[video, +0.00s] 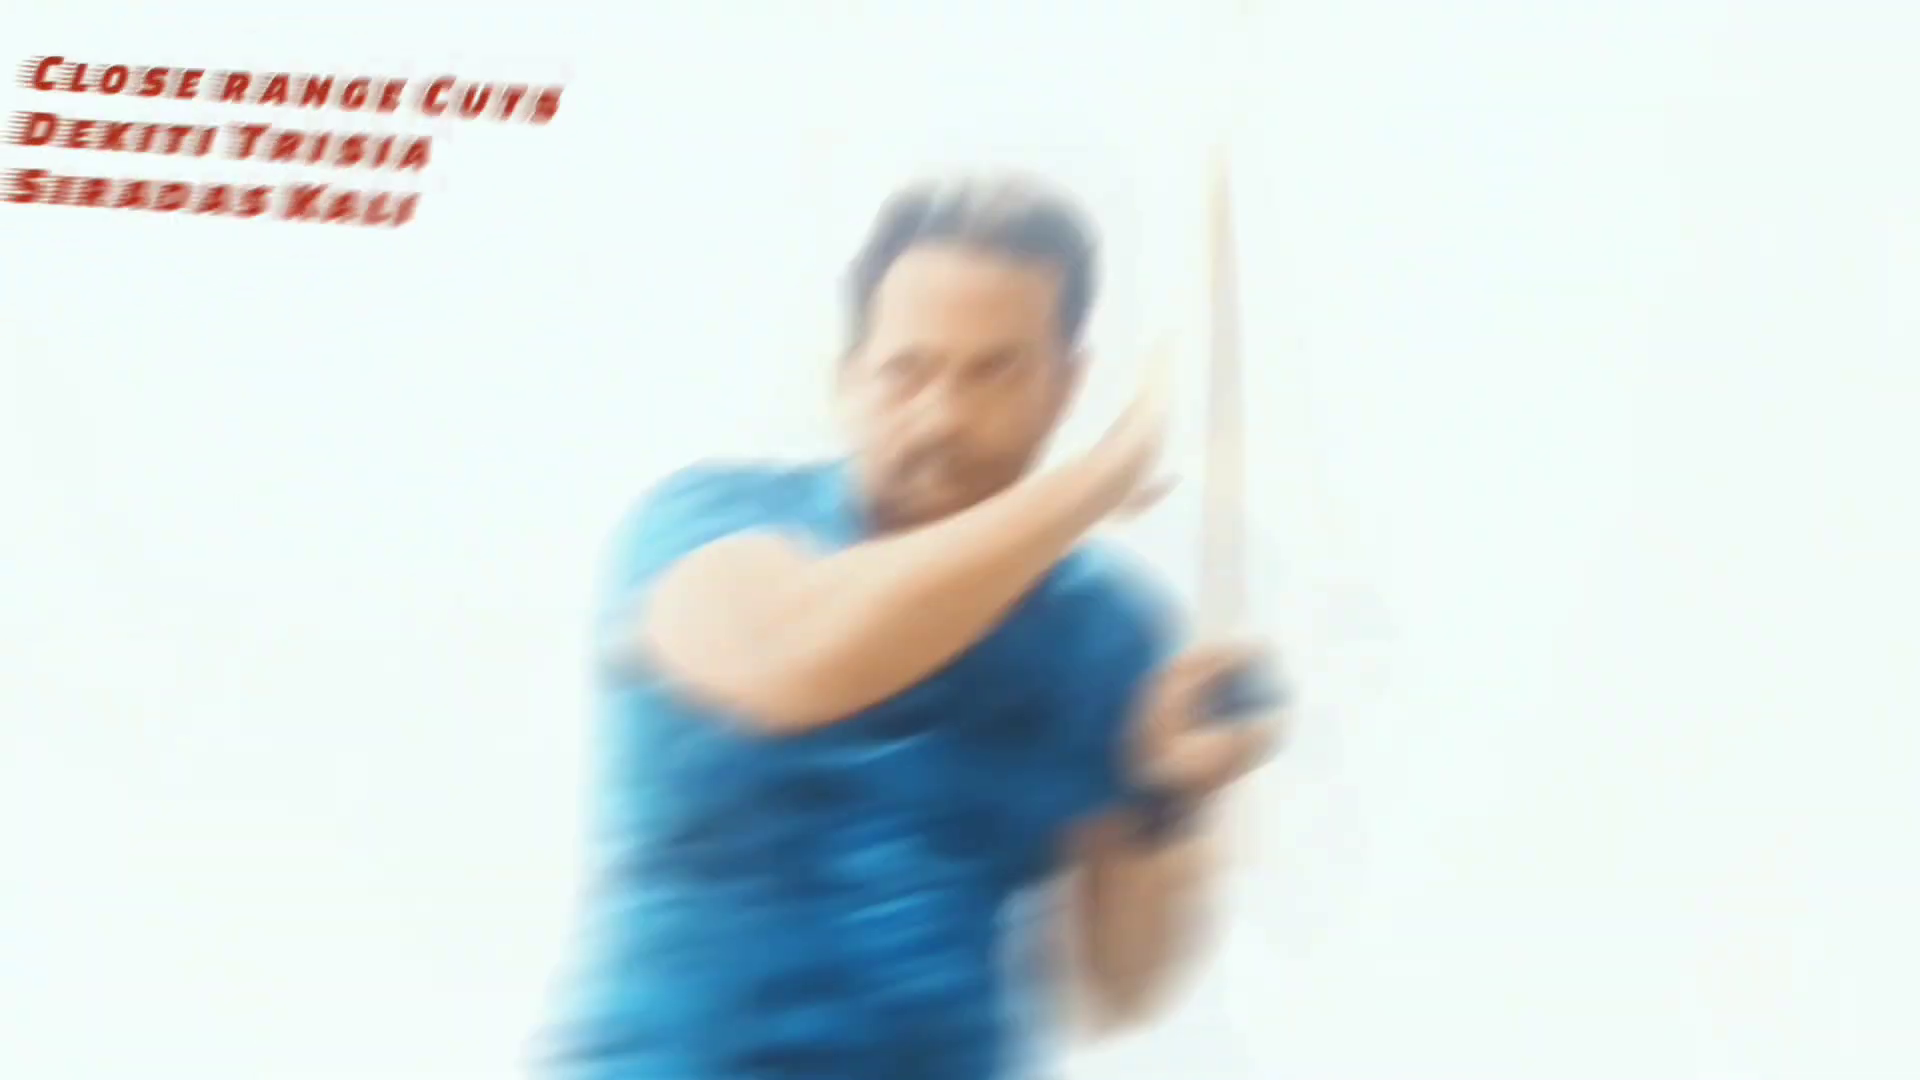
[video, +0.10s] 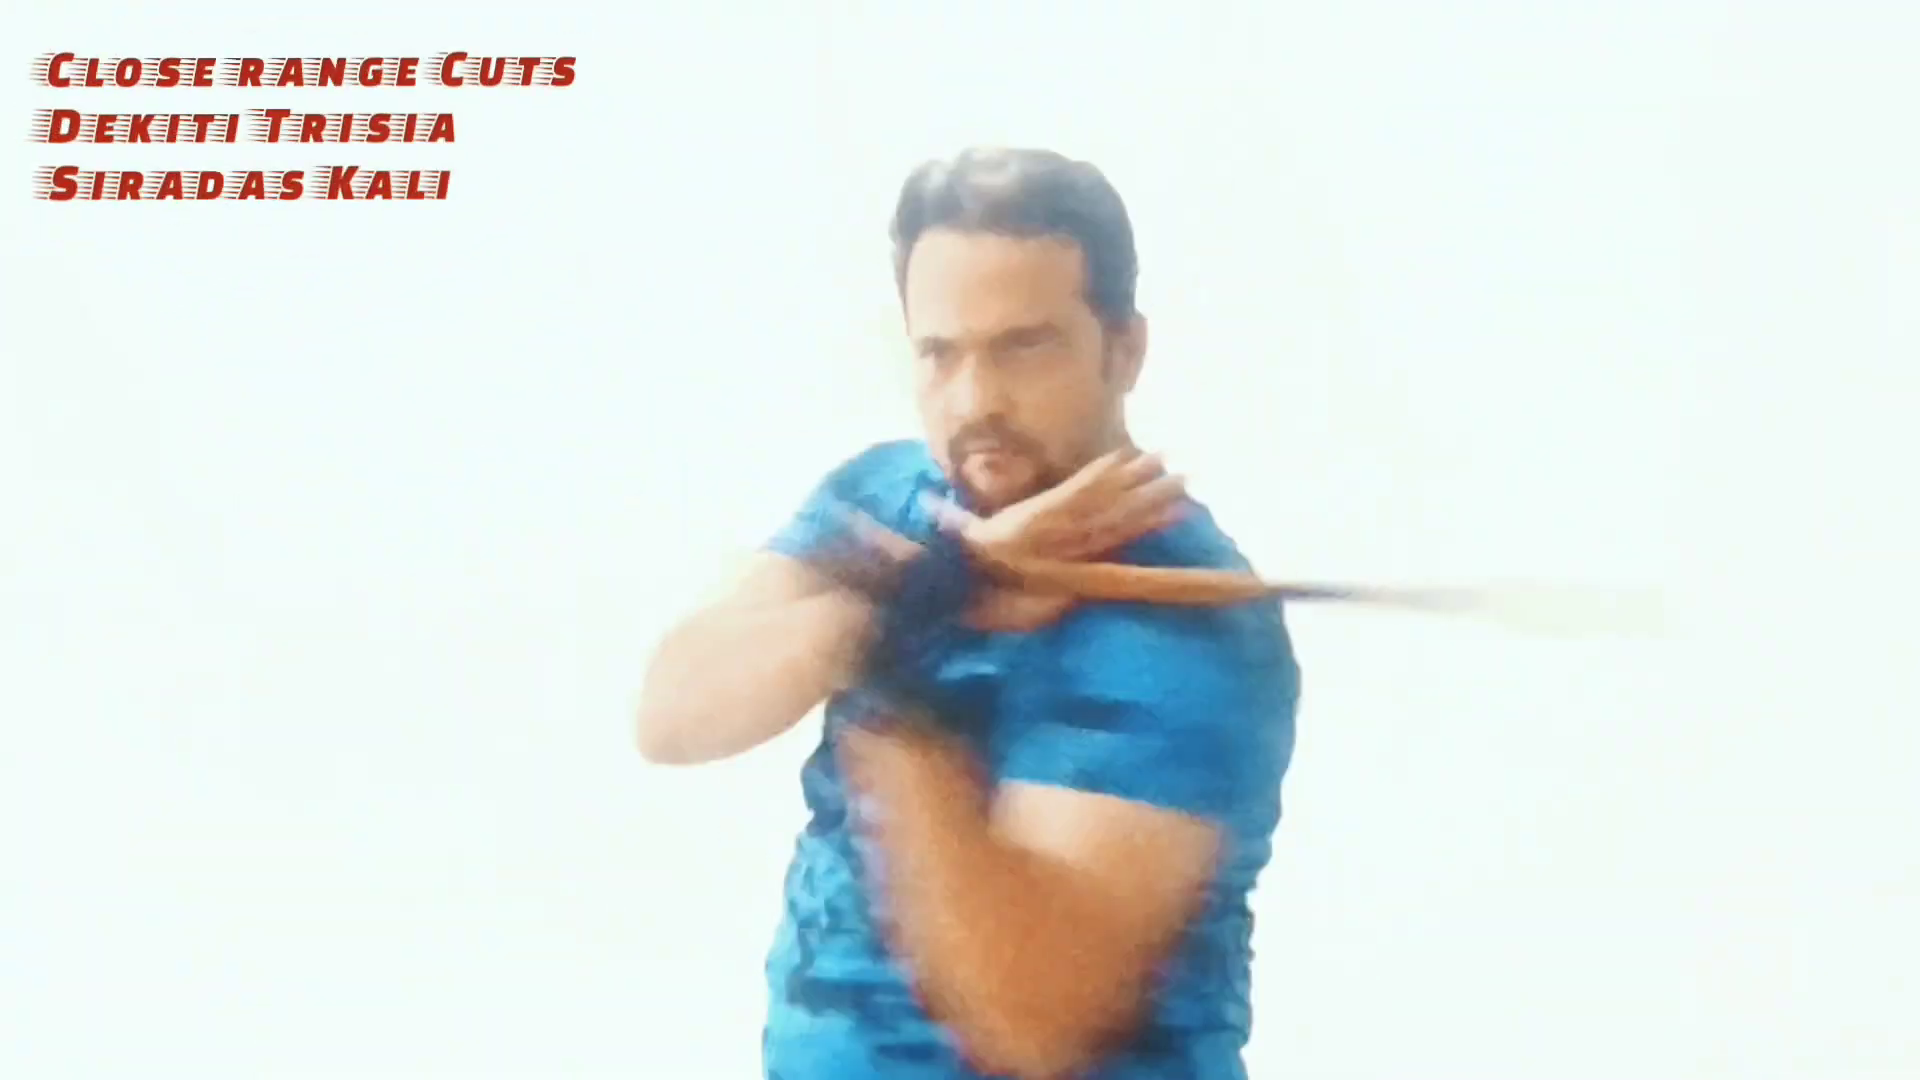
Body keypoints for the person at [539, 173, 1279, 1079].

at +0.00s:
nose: (940, 418)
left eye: (991, 375)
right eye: (907, 373)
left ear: (1063, 384)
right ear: (847, 373)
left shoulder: (1103, 628)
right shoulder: (700, 524)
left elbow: (1122, 982)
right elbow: (793, 662)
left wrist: (1168, 801)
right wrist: (1092, 481)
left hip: (932, 1059)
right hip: (663, 1053)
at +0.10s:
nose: (975, 402)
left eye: (1024, 346)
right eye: (940, 353)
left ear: (1124, 349)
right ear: (913, 355)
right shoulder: (883, 497)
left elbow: (1037, 1018)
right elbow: (672, 715)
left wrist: (885, 701)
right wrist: (920, 593)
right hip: (824, 1052)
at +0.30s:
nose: (838, 307)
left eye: (871, 258)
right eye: (834, 263)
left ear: (1015, 257)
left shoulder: (892, 466)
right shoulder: (1258, 459)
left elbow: (710, 714)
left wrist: (856, 460)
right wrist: (907, 427)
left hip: (904, 1039)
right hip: (1159, 1047)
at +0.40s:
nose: (814, 334)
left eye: (847, 282)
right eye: (802, 294)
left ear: (988, 272)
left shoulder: (925, 470)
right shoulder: (1235, 483)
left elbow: (688, 818)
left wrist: (856, 482)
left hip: (926, 1041)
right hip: (1171, 1046)